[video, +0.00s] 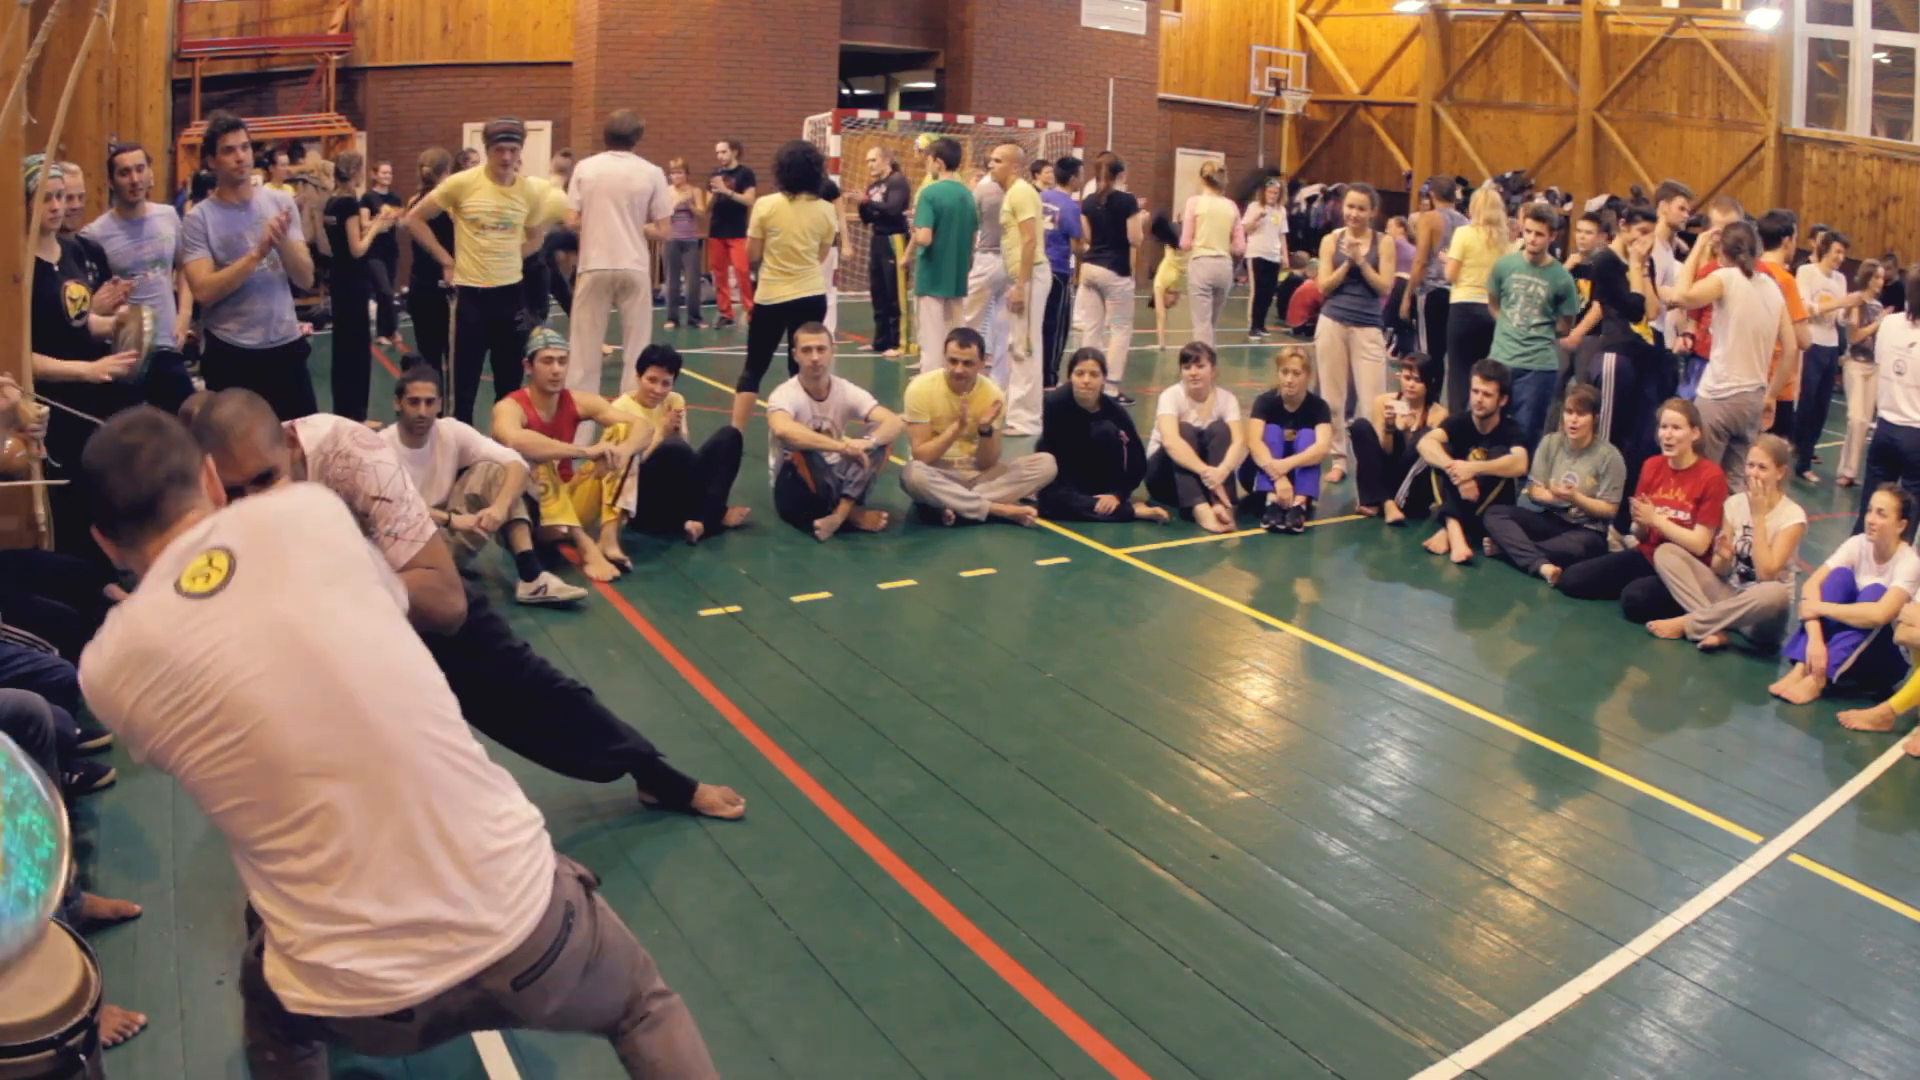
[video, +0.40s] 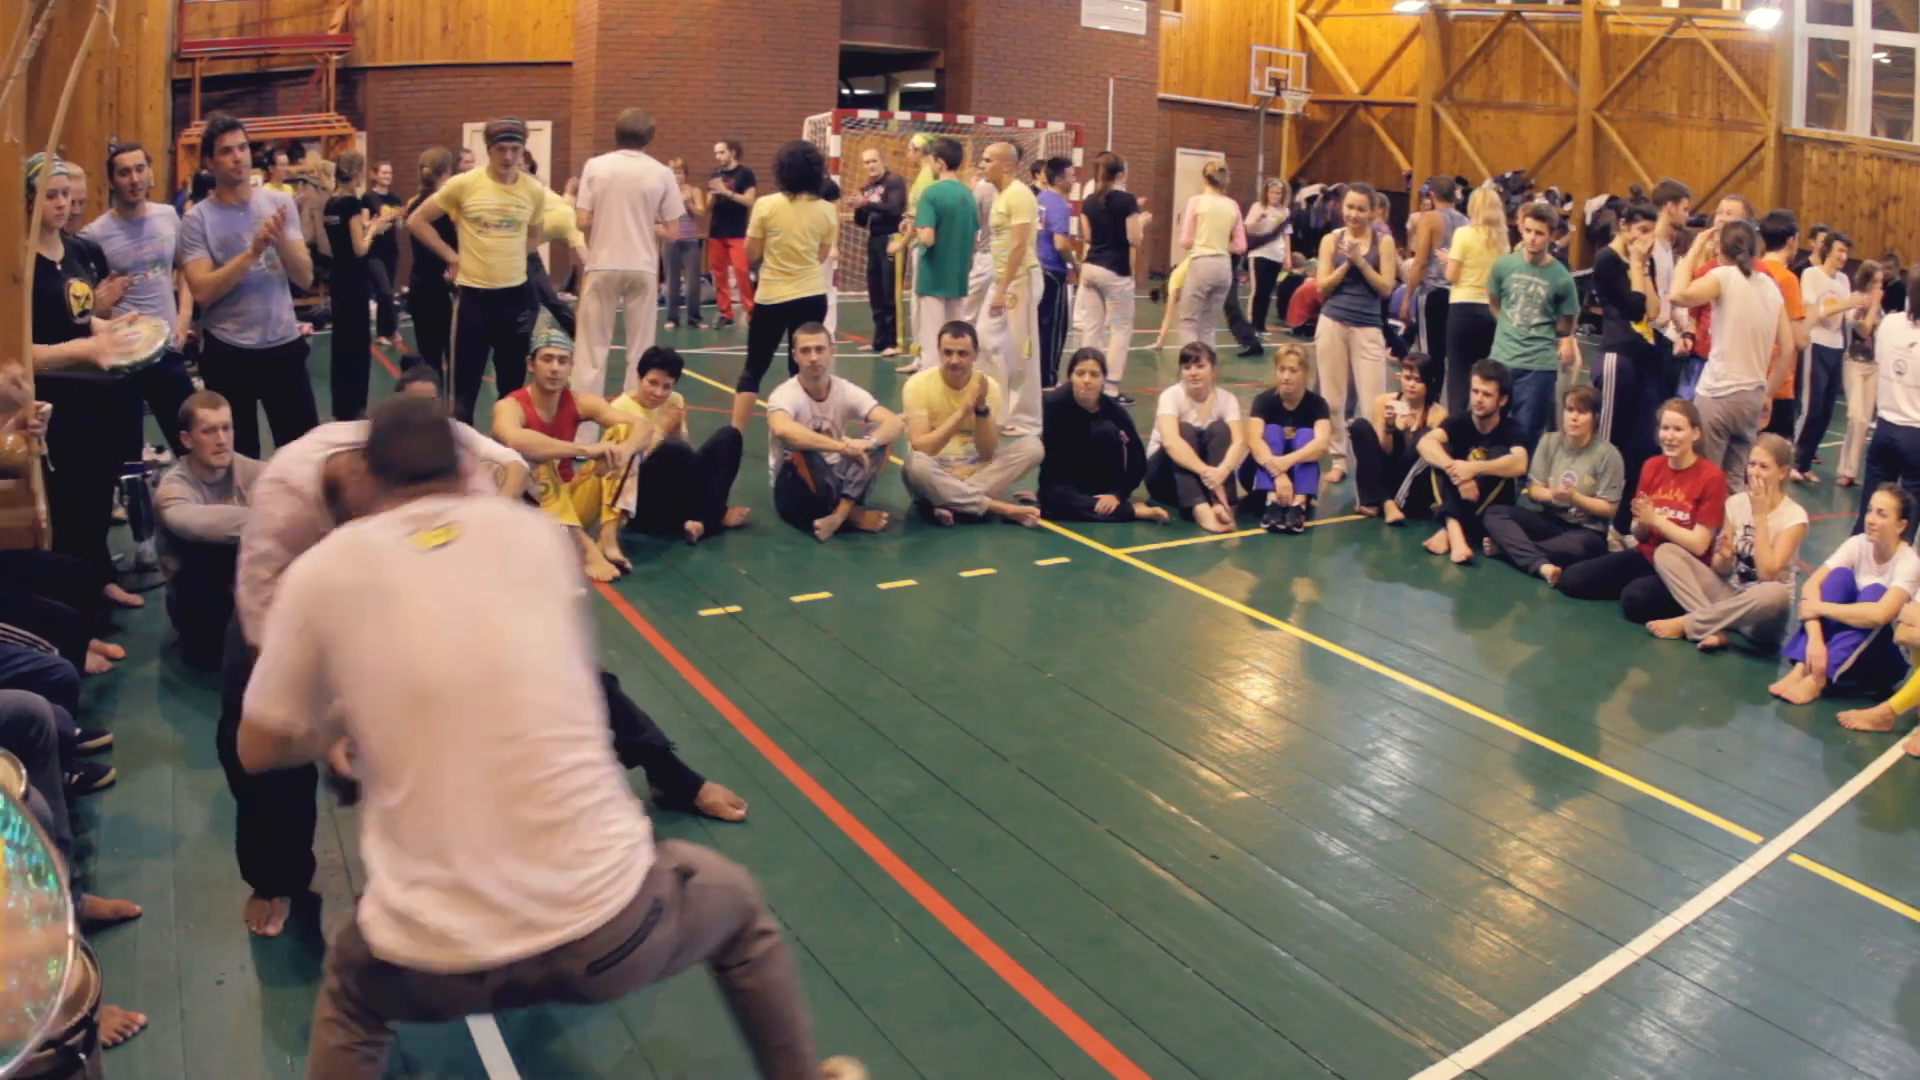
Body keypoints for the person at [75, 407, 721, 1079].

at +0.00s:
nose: (271, 469)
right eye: (243, 464)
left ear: (107, 547)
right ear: (213, 478)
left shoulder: (108, 672)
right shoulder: (315, 511)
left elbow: (187, 766)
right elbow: (391, 631)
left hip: (356, 1002)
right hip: (528, 936)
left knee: (272, 993)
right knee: (644, 1010)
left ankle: (285, 1063)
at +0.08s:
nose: (257, 502)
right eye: (240, 492)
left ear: (120, 579)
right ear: (218, 505)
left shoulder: (119, 694)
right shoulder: (320, 537)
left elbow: (213, 788)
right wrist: (145, 667)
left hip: (366, 1018)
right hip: (535, 949)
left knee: (275, 967)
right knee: (642, 992)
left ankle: (290, 1057)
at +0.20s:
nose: (285, 513)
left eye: (285, 493)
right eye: (271, 508)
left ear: (171, 589)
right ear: (263, 523)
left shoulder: (160, 691)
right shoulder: (362, 559)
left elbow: (236, 791)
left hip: (391, 1020)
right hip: (557, 956)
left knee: (297, 970)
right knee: (651, 962)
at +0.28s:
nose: (347, 505)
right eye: (340, 495)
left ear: (222, 550)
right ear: (330, 514)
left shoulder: (202, 661)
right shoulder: (412, 555)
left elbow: (251, 767)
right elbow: (472, 641)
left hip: (406, 1006)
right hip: (569, 965)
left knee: (314, 990)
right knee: (669, 936)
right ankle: (724, 1070)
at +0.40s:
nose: (339, 487)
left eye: (346, 476)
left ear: (363, 476)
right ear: (465, 472)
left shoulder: (320, 573)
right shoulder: (542, 534)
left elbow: (259, 752)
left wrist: (339, 713)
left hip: (427, 960)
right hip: (605, 932)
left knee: (354, 996)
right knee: (735, 902)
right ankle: (802, 1070)